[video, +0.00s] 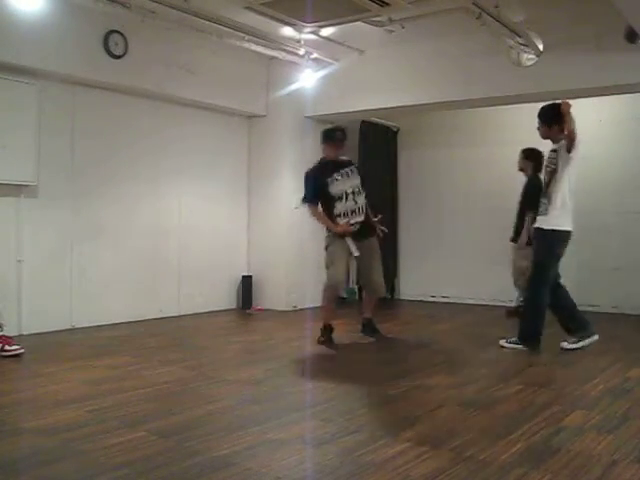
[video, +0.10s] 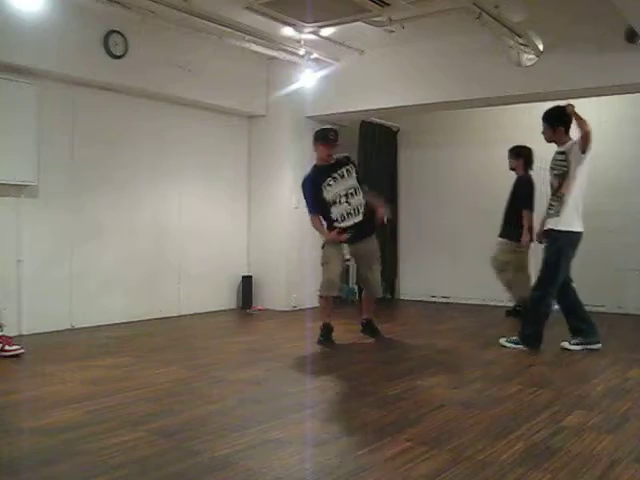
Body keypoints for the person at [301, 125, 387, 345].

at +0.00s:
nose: (339, 148)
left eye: (342, 144)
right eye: (335, 144)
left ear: (344, 145)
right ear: (326, 145)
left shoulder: (350, 165)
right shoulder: (315, 174)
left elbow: (358, 196)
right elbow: (313, 208)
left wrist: (371, 218)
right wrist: (334, 227)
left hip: (365, 230)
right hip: (339, 234)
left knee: (373, 282)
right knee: (335, 280)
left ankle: (367, 322)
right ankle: (326, 329)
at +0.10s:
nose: (330, 152)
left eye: (332, 147)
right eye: (325, 147)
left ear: (336, 147)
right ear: (316, 147)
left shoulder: (347, 163)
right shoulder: (311, 181)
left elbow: (359, 190)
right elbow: (314, 215)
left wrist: (377, 204)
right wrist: (325, 234)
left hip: (363, 230)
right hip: (336, 236)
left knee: (372, 280)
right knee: (330, 281)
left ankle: (367, 321)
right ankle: (325, 327)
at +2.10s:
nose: (292, 142)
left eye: (295, 137)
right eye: (287, 137)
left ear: (300, 139)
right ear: (279, 138)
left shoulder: (302, 168)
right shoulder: (262, 163)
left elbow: (286, 197)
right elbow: (242, 189)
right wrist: (223, 211)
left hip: (294, 236)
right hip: (264, 234)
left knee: (299, 283)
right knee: (250, 278)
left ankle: (304, 326)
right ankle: (255, 327)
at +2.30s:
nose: (292, 147)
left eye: (294, 142)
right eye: (287, 142)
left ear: (298, 141)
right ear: (276, 142)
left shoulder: (304, 165)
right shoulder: (267, 158)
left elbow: (315, 187)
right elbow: (246, 164)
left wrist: (293, 178)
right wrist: (224, 168)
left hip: (294, 236)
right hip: (262, 236)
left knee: (315, 280)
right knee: (242, 280)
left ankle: (307, 327)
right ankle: (252, 327)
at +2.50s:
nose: (295, 144)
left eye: (299, 140)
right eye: (291, 139)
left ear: (303, 140)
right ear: (282, 139)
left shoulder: (310, 165)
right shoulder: (268, 157)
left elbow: (332, 184)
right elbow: (245, 159)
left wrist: (310, 187)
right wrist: (223, 171)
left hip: (301, 236)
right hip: (268, 235)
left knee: (322, 280)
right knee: (251, 280)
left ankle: (309, 327)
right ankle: (252, 326)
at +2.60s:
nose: (300, 144)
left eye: (303, 140)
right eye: (296, 140)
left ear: (308, 141)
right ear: (286, 141)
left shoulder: (314, 168)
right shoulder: (269, 163)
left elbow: (337, 188)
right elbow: (246, 170)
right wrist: (236, 182)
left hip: (306, 235)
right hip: (275, 235)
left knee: (323, 280)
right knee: (262, 281)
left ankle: (314, 325)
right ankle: (257, 324)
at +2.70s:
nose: (304, 146)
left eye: (308, 142)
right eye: (300, 141)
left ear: (313, 142)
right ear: (291, 142)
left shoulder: (322, 166)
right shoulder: (275, 169)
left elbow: (350, 170)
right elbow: (247, 187)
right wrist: (235, 206)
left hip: (314, 235)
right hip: (286, 237)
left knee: (323, 279)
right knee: (283, 286)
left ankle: (324, 322)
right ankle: (261, 326)